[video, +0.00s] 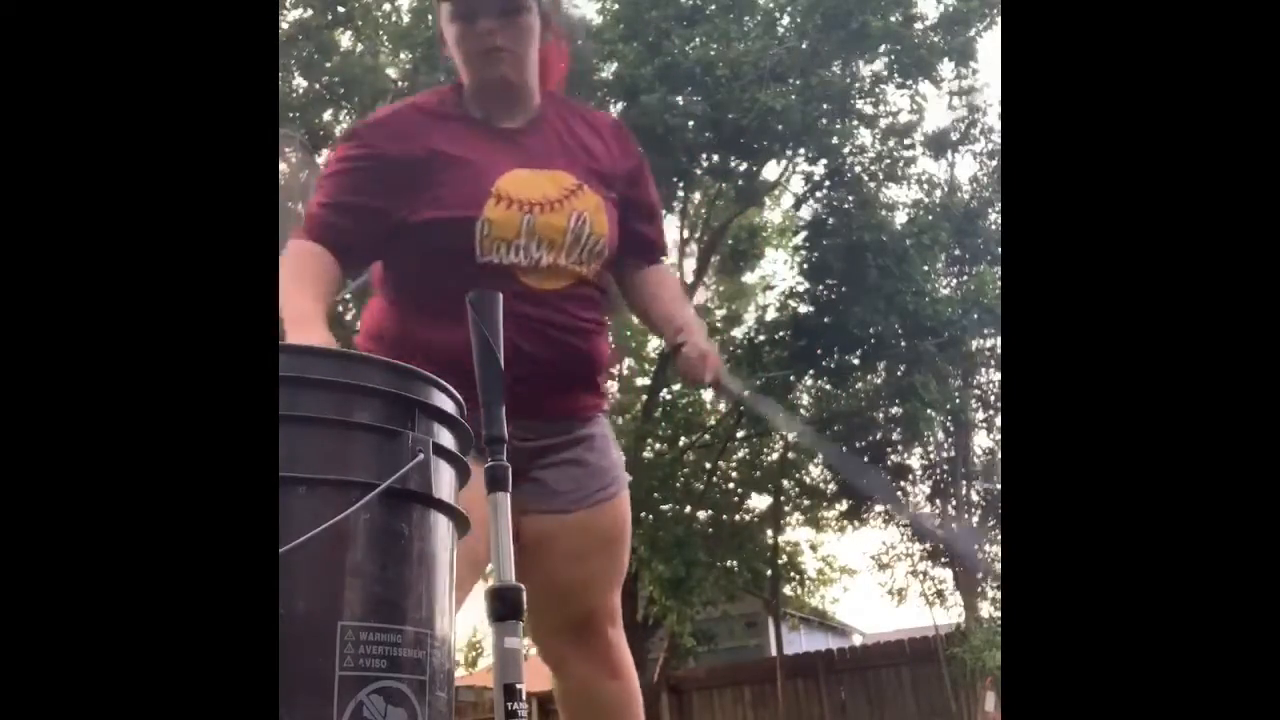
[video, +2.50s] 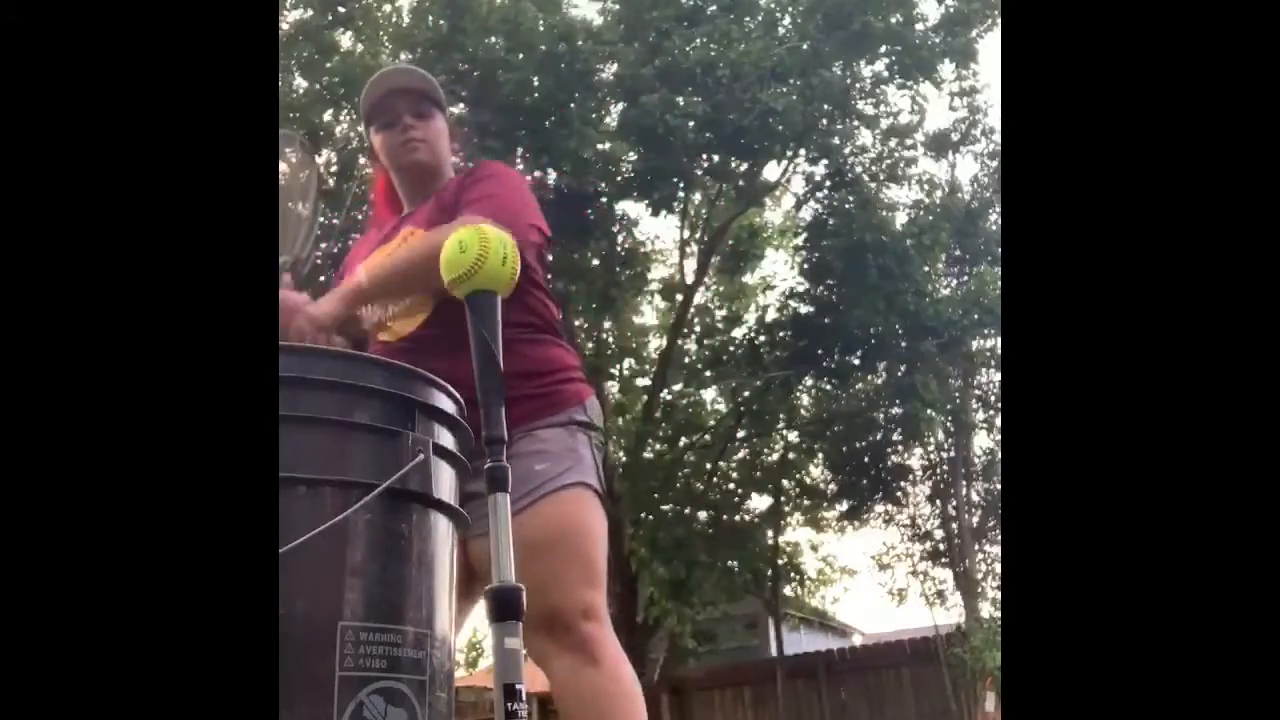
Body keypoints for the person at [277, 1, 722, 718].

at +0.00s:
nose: (491, 29)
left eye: (509, 11)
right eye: (470, 15)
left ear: (541, 21)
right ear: (445, 32)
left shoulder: (605, 142)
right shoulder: (396, 138)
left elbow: (642, 261)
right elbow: (311, 256)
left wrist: (687, 328)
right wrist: (315, 356)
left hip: (568, 432)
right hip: (433, 432)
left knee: (593, 639)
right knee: (397, 633)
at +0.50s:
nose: (375, 20)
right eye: (344, 4)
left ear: (435, 9)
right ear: (306, 23)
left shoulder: (503, 92)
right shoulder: (306, 128)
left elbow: (559, 234)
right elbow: (312, 280)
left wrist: (604, 367)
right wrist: (323, 455)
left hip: (488, 381)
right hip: (369, 390)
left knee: (528, 599)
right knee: (351, 604)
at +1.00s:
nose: (541, 27)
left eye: (556, 7)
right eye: (515, 10)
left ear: (581, 22)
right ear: (479, 30)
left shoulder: (625, 148)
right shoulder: (421, 133)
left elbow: (651, 273)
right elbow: (316, 256)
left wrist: (691, 375)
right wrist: (343, 214)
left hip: (578, 428)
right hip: (440, 425)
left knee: (632, 642)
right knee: (410, 646)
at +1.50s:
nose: (589, 61)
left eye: (607, 46)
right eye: (571, 48)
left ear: (636, 60)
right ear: (548, 66)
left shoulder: (685, 177)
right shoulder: (518, 148)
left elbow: (712, 290)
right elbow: (478, 186)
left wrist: (742, 375)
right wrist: (464, 217)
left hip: (633, 428)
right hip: (499, 422)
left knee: (638, 621)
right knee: (447, 626)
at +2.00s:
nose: (455, 97)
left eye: (471, 84)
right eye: (437, 88)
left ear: (497, 101)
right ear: (416, 111)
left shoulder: (555, 194)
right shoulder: (370, 215)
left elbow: (639, 272)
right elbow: (347, 325)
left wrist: (615, 356)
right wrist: (380, 412)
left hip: (556, 442)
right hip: (433, 451)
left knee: (591, 623)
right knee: (410, 642)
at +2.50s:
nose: (406, 127)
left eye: (421, 113)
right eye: (387, 122)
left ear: (449, 127)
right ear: (373, 149)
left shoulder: (492, 183)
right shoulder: (367, 248)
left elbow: (471, 247)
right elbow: (355, 357)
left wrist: (340, 300)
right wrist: (314, 325)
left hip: (532, 425)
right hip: (426, 443)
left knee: (574, 630)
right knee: (396, 635)